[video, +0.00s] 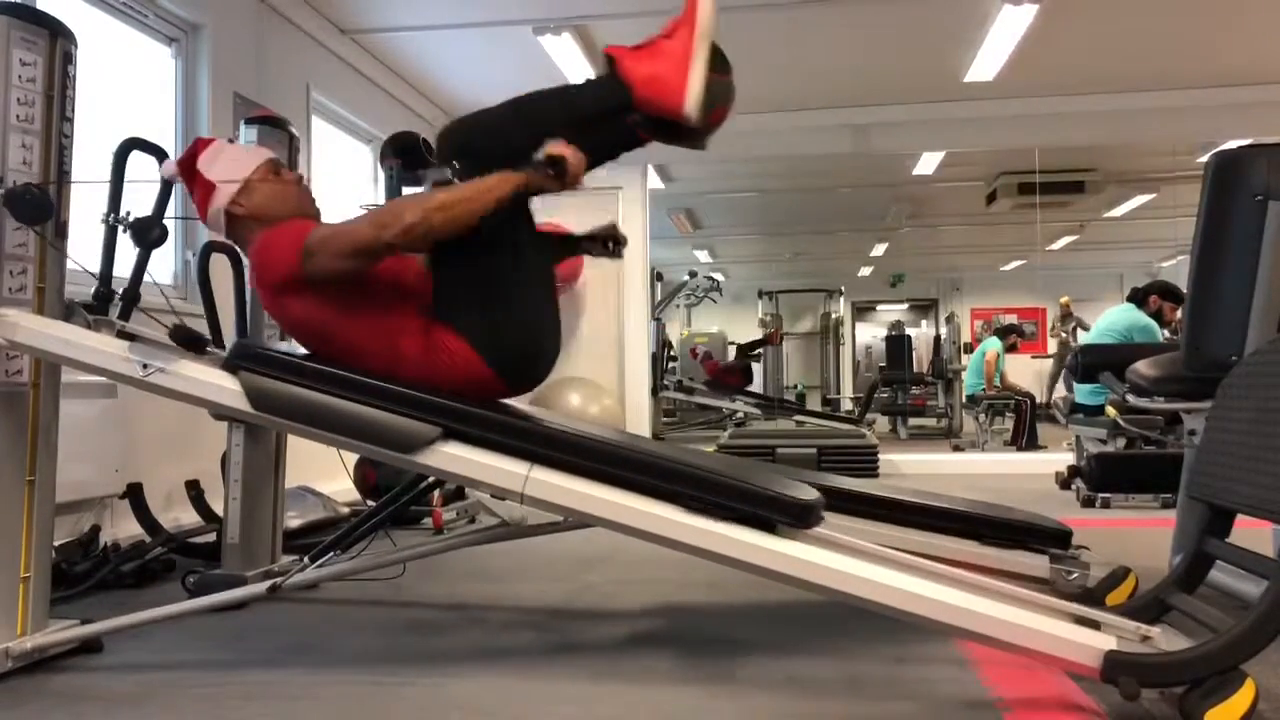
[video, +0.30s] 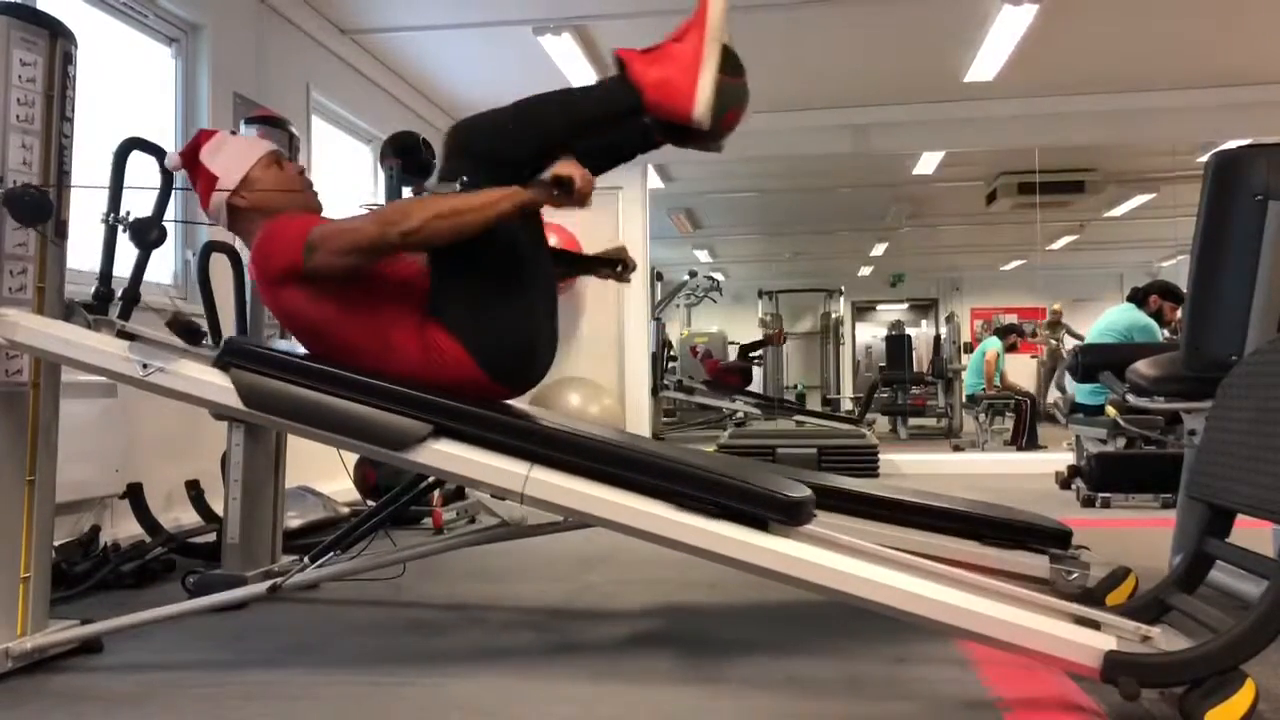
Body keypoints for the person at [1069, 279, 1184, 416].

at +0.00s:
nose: (1174, 319)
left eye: (1176, 311)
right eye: (1173, 310)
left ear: (1153, 302)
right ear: (1154, 302)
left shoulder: (1118, 311)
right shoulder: (1145, 325)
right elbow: (1160, 371)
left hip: (1082, 396)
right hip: (1101, 401)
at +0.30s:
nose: (1174, 319)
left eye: (1176, 311)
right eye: (1173, 310)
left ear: (1153, 302)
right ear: (1154, 302)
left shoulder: (1118, 311)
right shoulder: (1145, 324)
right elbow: (1160, 371)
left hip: (1082, 396)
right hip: (1101, 401)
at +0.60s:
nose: (1174, 318)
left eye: (1176, 311)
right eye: (1173, 310)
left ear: (1153, 302)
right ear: (1155, 302)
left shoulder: (1119, 312)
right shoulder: (1145, 325)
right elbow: (1160, 371)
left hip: (1083, 397)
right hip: (1103, 401)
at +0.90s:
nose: (1175, 318)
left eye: (1176, 311)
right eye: (1173, 310)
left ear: (1153, 302)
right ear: (1154, 303)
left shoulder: (1117, 312)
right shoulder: (1145, 325)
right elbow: (1161, 370)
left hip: (1083, 397)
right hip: (1102, 401)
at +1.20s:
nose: (1174, 319)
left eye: (1176, 312)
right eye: (1173, 311)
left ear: (1154, 303)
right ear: (1155, 304)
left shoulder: (1115, 312)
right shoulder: (1146, 326)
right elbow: (1161, 372)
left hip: (1083, 398)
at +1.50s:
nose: (1175, 318)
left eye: (1177, 311)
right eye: (1173, 310)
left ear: (1154, 304)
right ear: (1156, 303)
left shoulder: (1115, 313)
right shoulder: (1146, 325)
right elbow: (1162, 368)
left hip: (1085, 399)